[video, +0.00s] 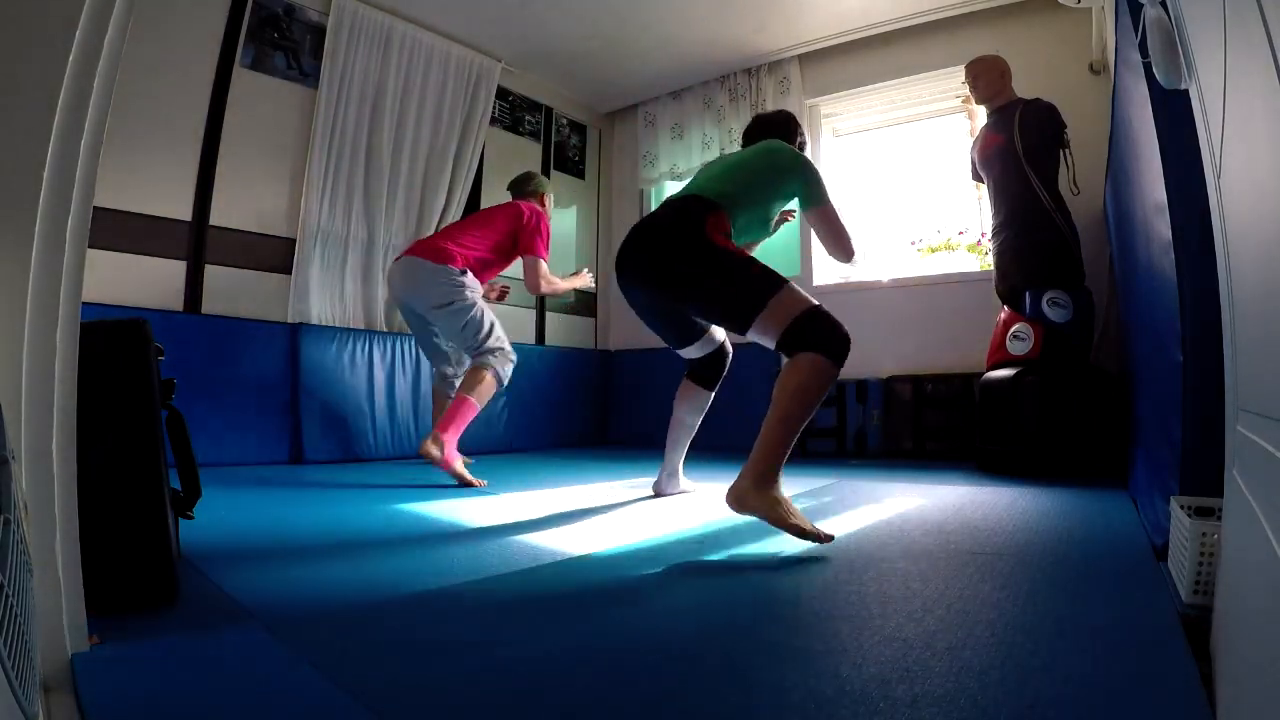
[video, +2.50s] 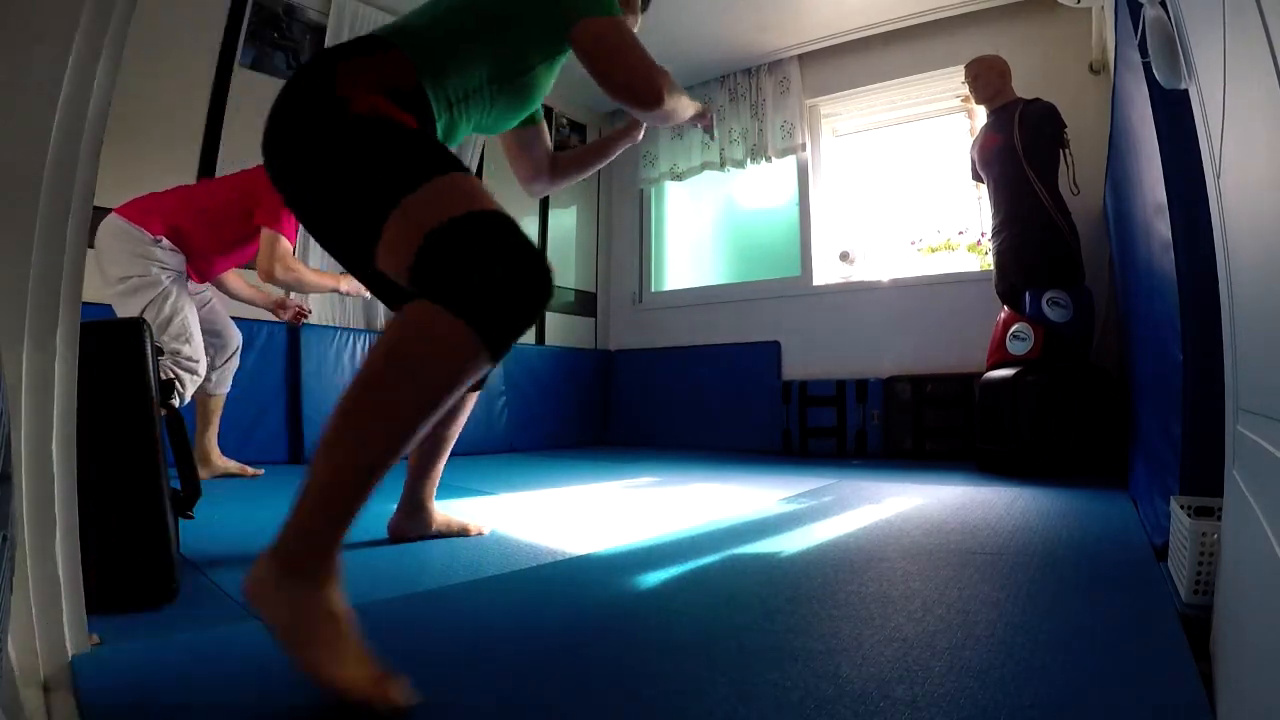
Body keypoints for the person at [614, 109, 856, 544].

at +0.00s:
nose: (805, 152)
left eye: (805, 147)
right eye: (803, 146)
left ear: (752, 141)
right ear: (795, 143)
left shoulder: (724, 166)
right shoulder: (792, 160)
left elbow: (721, 250)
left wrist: (770, 226)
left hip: (635, 262)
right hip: (689, 251)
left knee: (711, 355)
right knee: (823, 339)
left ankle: (669, 476)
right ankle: (757, 483)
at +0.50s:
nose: (755, 100)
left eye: (753, 91)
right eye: (753, 93)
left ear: (693, 84)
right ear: (739, 85)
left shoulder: (652, 112)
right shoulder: (736, 104)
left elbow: (644, 222)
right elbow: (789, 213)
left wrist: (710, 200)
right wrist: (783, 185)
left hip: (541, 215)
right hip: (601, 205)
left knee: (621, 348)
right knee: (720, 358)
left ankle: (591, 483)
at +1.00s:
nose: (669, 66)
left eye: (669, 59)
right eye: (669, 54)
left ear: (621, 21)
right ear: (658, 30)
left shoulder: (565, 74)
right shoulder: (638, 38)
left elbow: (551, 195)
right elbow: (706, 156)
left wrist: (634, 171)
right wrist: (720, 136)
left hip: (408, 170)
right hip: (450, 160)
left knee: (548, 317)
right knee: (598, 313)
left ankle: (465, 474)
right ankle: (442, 579)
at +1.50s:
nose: (599, 14)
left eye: (603, 9)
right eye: (603, 3)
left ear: (582, 10)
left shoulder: (471, 47)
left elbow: (465, 164)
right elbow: (616, 98)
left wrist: (571, 139)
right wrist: (653, 100)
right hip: (291, 78)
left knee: (413, 284)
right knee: (424, 261)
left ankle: (342, 512)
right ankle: (215, 554)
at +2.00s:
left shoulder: (399, 27)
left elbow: (414, 153)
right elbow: (547, 76)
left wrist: (519, 117)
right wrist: (594, 76)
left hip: (224, 86)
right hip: (175, 51)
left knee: (326, 288)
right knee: (320, 289)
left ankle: (247, 522)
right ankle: (59, 641)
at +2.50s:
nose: (631, 23)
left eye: (633, 15)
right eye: (633, 10)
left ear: (602, 12)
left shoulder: (513, 65)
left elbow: (543, 176)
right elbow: (646, 91)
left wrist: (635, 128)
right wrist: (685, 106)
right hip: (350, 106)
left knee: (480, 305)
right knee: (497, 274)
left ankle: (416, 507)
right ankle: (295, 567)